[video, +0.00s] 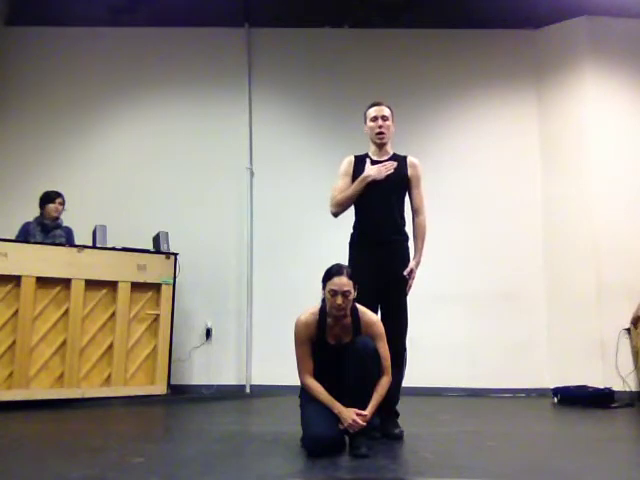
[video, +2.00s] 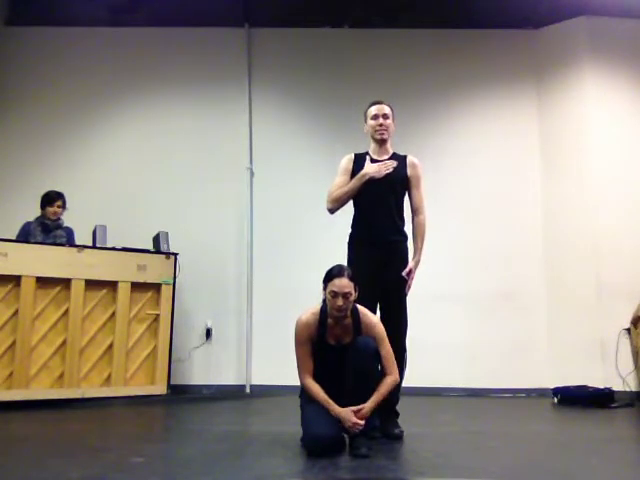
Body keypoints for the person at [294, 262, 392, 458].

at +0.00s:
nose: (339, 302)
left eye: (346, 295)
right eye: (333, 294)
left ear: (354, 294)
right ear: (323, 292)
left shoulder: (371, 323)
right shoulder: (306, 324)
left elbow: (386, 375)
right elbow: (306, 378)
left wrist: (366, 413)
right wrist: (341, 411)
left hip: (355, 392)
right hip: (320, 393)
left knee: (365, 347)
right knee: (321, 445)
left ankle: (359, 432)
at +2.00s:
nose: (340, 303)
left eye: (346, 296)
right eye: (334, 296)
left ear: (355, 295)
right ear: (324, 293)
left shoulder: (370, 323)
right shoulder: (307, 324)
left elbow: (393, 375)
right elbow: (306, 379)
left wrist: (368, 408)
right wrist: (338, 412)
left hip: (356, 394)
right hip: (321, 395)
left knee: (365, 347)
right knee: (321, 445)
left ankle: (360, 434)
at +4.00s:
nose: (339, 304)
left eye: (346, 297)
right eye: (333, 296)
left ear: (355, 295)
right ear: (324, 293)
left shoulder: (370, 323)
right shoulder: (306, 324)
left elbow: (391, 377)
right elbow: (306, 378)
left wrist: (362, 413)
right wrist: (338, 413)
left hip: (356, 392)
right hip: (321, 394)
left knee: (365, 346)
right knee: (321, 444)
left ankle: (360, 433)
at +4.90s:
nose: (339, 305)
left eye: (346, 298)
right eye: (333, 297)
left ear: (355, 295)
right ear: (324, 293)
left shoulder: (370, 323)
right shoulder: (307, 324)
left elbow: (391, 377)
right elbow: (306, 378)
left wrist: (363, 413)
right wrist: (338, 413)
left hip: (356, 392)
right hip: (321, 394)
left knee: (365, 347)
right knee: (321, 445)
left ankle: (360, 433)